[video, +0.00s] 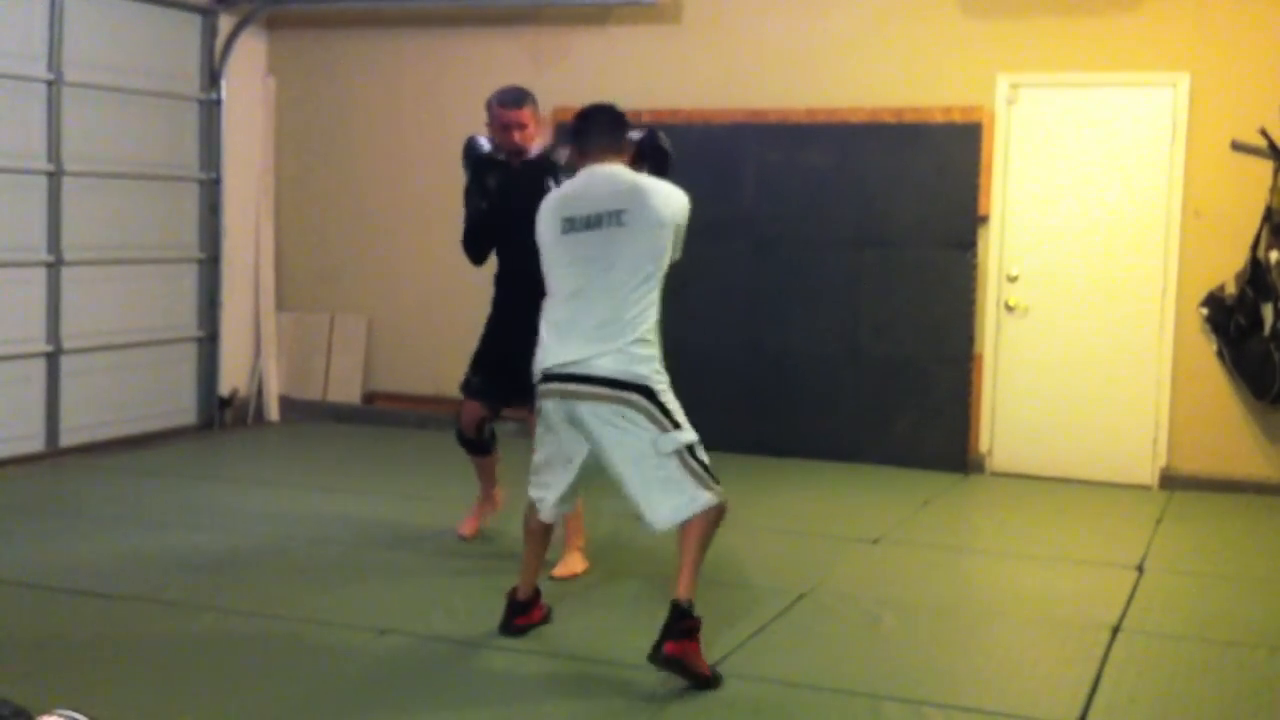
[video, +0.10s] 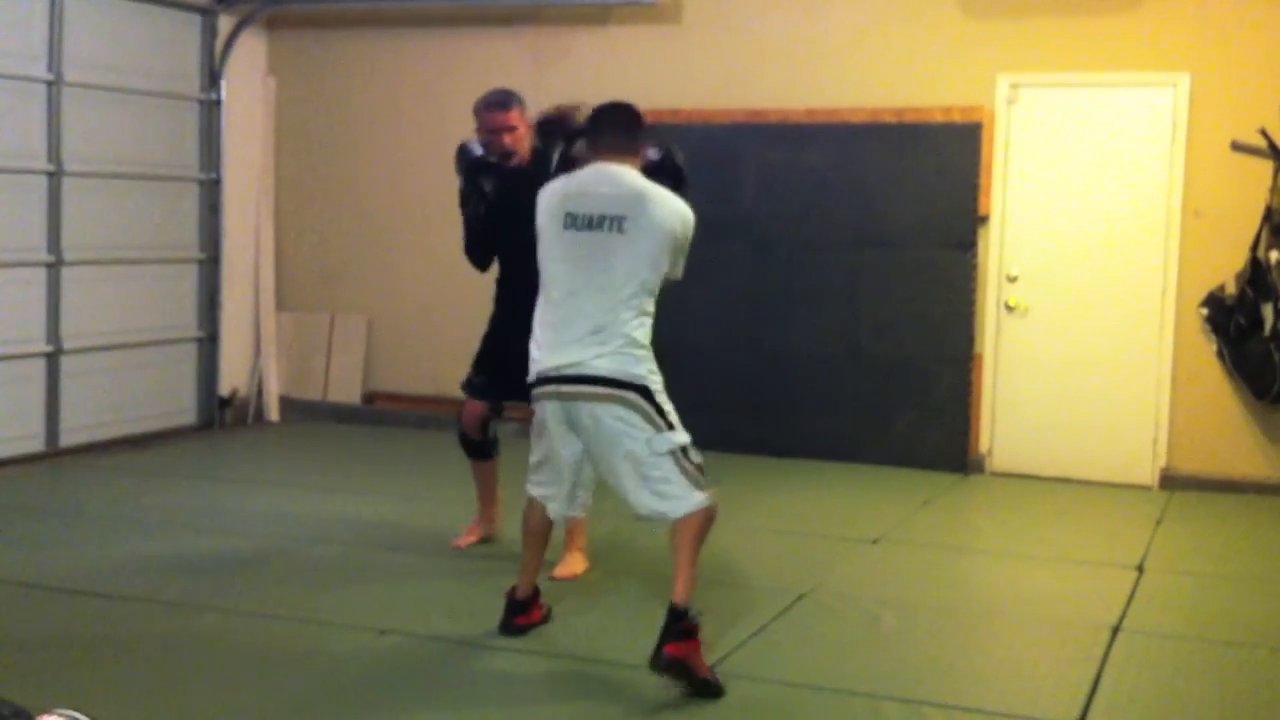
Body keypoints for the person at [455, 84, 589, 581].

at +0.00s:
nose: (512, 136)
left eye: (520, 126)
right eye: (503, 128)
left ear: (538, 124)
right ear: (491, 130)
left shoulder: (564, 171)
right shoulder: (490, 175)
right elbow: (478, 251)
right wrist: (485, 181)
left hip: (562, 307)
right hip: (512, 306)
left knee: (555, 423)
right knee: (472, 417)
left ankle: (574, 537)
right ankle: (489, 494)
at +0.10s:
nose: (501, 141)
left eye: (509, 130)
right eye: (492, 133)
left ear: (528, 125)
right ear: (479, 134)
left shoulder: (559, 170)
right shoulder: (485, 178)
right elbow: (481, 258)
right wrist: (477, 189)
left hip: (564, 305)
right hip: (514, 305)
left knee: (564, 419)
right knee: (475, 414)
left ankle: (576, 540)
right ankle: (487, 519)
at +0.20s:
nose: (493, 146)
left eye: (500, 135)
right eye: (482, 139)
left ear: (516, 128)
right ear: (468, 140)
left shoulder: (552, 171)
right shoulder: (474, 182)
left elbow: (577, 234)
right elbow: (480, 264)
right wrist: (471, 201)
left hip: (559, 305)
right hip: (509, 306)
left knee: (559, 421)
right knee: (485, 419)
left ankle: (578, 536)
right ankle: (491, 522)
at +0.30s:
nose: (489, 147)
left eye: (496, 136)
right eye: (478, 140)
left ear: (513, 128)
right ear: (465, 141)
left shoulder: (551, 170)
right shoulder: (471, 183)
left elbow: (578, 232)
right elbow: (478, 264)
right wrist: (472, 202)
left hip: (560, 304)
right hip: (509, 306)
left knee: (566, 418)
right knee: (487, 419)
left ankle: (581, 538)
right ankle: (492, 522)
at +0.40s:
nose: (490, 146)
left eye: (497, 134)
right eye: (479, 139)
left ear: (514, 127)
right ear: (467, 141)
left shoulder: (552, 171)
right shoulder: (472, 186)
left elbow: (580, 235)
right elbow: (477, 265)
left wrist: (588, 183)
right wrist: (470, 201)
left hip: (559, 309)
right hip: (508, 310)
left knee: (564, 424)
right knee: (489, 420)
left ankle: (579, 545)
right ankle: (493, 522)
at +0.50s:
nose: (496, 146)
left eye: (502, 134)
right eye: (485, 138)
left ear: (519, 129)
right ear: (470, 141)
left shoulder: (552, 173)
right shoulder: (474, 189)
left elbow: (578, 237)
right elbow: (481, 266)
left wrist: (587, 180)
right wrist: (472, 194)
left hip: (560, 311)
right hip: (511, 312)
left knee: (564, 431)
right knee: (483, 431)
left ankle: (579, 555)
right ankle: (490, 518)